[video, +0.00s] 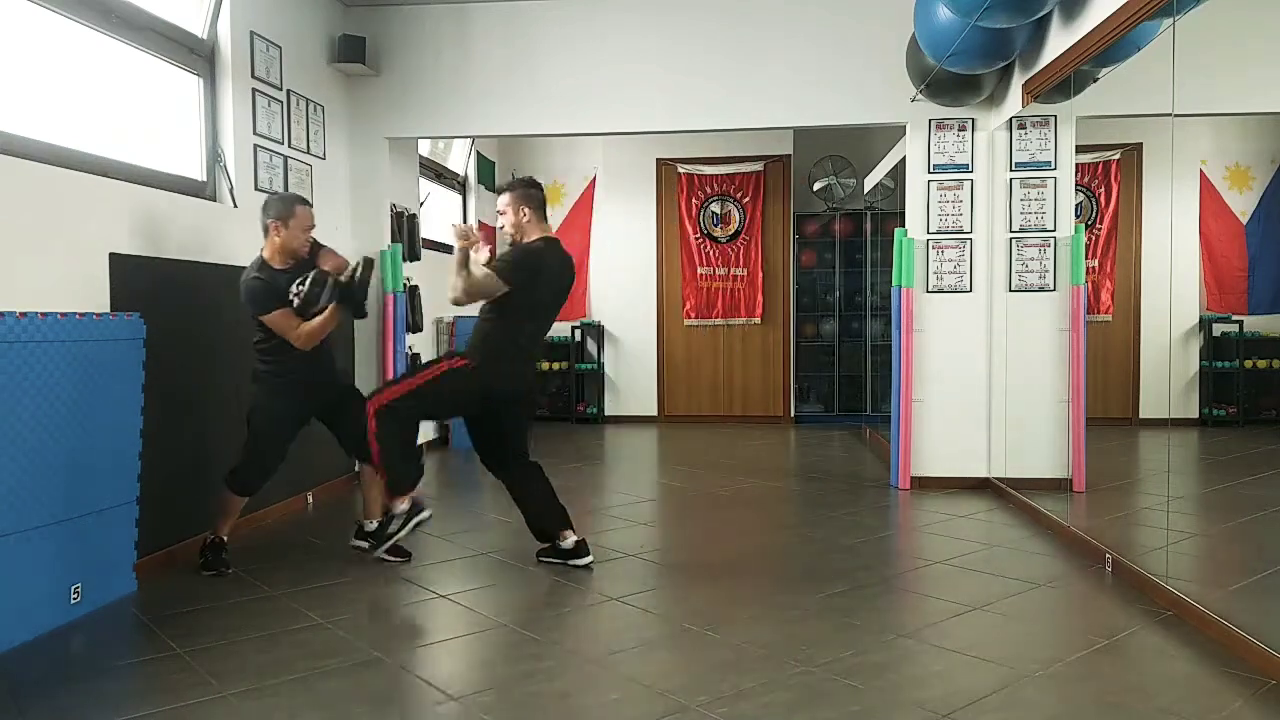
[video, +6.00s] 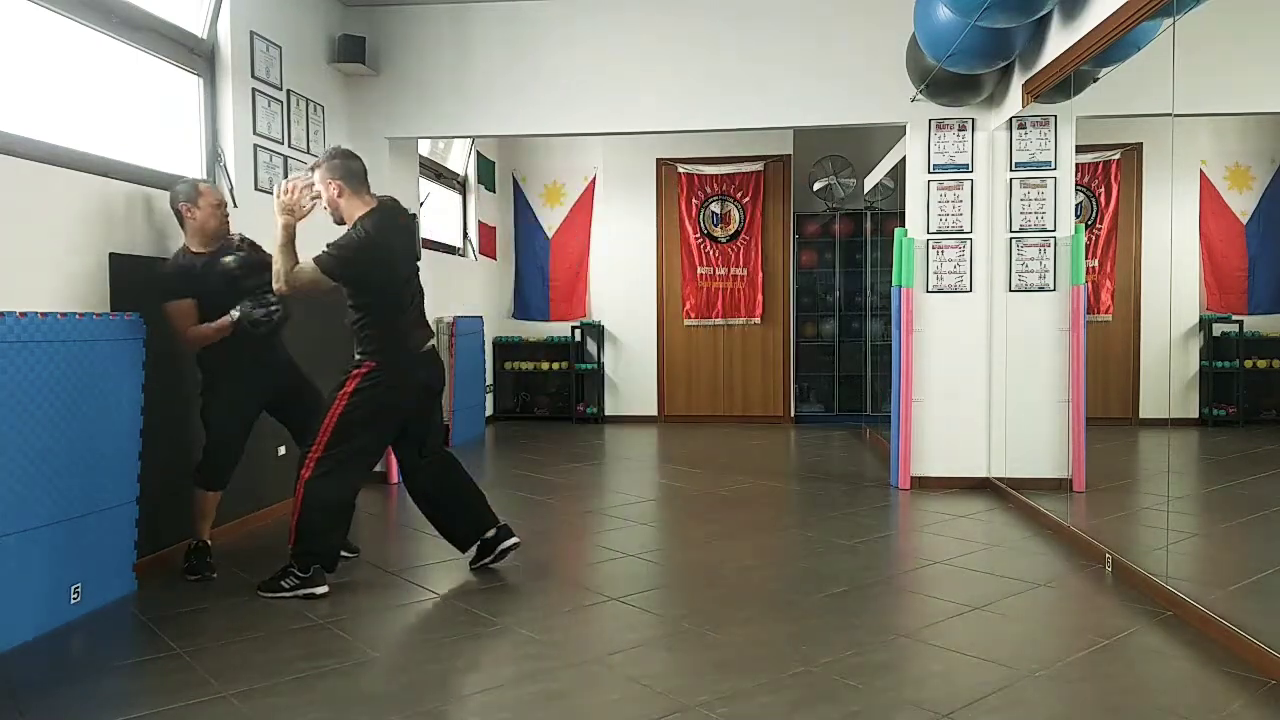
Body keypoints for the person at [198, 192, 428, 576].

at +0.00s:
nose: (312, 237)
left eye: (312, 229)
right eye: (306, 230)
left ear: (282, 230)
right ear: (276, 229)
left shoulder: (309, 253)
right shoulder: (257, 284)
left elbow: (343, 267)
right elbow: (302, 338)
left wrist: (322, 279)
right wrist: (342, 302)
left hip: (324, 381)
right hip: (278, 390)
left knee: (374, 440)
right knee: (255, 467)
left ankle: (372, 527)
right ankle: (217, 540)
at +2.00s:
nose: (490, 224)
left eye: (492, 217)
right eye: (486, 215)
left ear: (463, 213)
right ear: (460, 209)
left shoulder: (451, 245)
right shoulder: (444, 242)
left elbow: (454, 302)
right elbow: (435, 299)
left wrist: (498, 299)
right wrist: (492, 298)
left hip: (437, 365)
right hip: (446, 366)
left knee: (437, 447)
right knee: (474, 451)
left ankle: (411, 528)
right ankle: (477, 549)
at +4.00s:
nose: (455, 227)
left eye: (457, 220)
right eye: (452, 218)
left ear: (422, 211)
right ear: (427, 209)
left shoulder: (400, 245)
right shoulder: (419, 242)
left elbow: (457, 282)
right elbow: (447, 272)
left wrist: (480, 251)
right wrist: (483, 236)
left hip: (391, 366)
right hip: (421, 367)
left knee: (379, 456)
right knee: (457, 460)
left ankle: (349, 542)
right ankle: (458, 561)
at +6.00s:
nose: (228, 215)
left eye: (227, 207)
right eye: (219, 208)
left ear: (195, 212)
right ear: (188, 212)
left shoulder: (244, 248)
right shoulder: (178, 272)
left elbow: (287, 280)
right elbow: (188, 338)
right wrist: (235, 318)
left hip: (275, 366)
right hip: (228, 379)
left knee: (324, 435)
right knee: (219, 459)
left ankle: (326, 533)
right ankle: (201, 544)